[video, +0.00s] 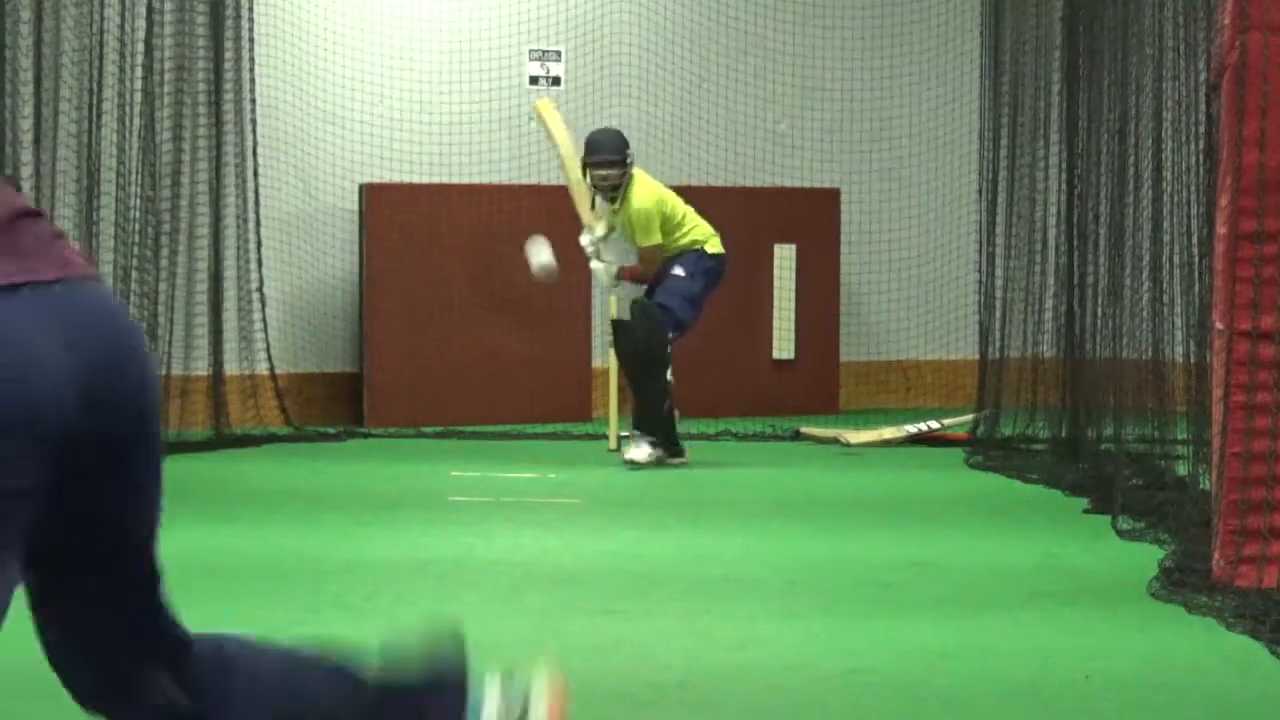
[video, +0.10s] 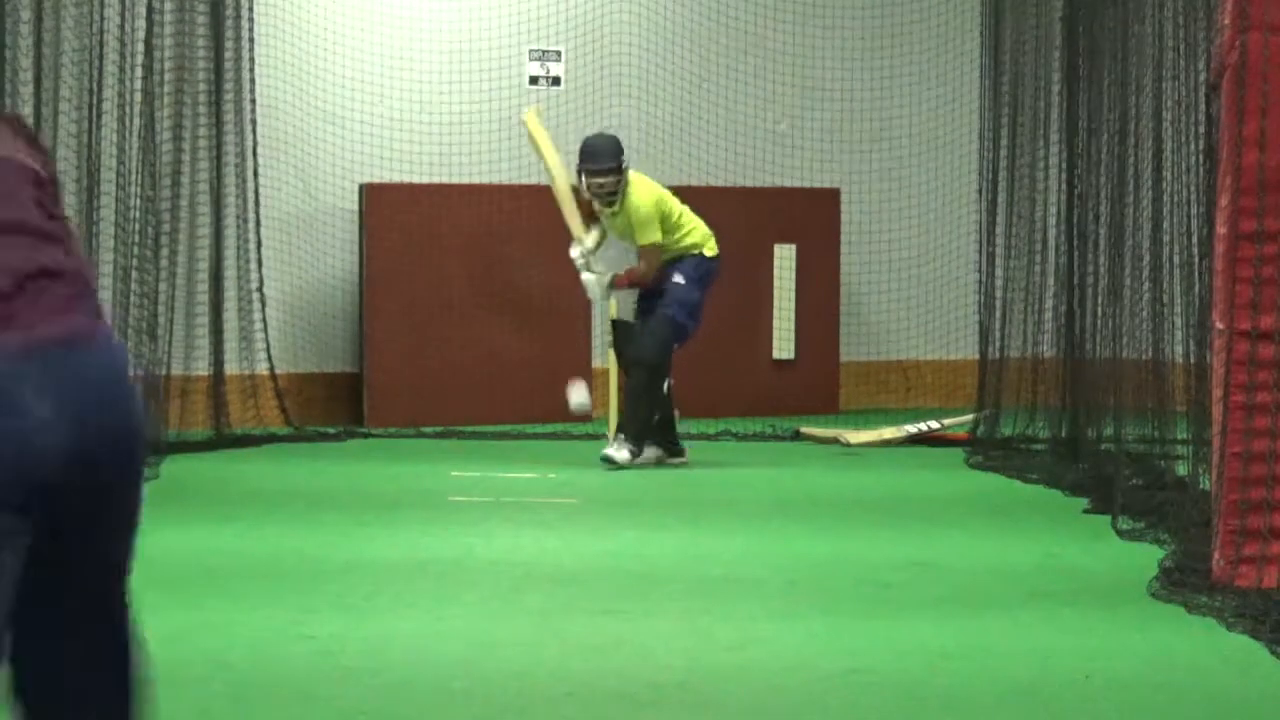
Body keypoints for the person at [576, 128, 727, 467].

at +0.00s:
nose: (607, 176)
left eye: (614, 167)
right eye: (599, 168)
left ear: (626, 166)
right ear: (587, 171)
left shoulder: (641, 201)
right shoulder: (604, 188)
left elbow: (651, 272)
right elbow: (604, 216)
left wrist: (616, 271)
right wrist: (596, 234)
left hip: (700, 253)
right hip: (672, 255)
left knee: (650, 331)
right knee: (637, 336)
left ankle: (655, 438)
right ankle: (664, 441)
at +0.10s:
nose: (604, 192)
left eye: (611, 183)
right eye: (596, 185)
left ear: (622, 175)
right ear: (582, 180)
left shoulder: (640, 200)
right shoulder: (591, 192)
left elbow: (650, 271)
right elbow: (600, 221)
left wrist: (610, 281)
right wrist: (589, 242)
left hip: (694, 256)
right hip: (661, 260)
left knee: (651, 346)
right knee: (643, 349)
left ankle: (630, 440)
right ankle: (664, 441)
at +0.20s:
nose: (601, 191)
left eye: (608, 183)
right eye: (593, 185)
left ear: (620, 173)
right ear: (582, 179)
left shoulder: (641, 184)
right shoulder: (583, 195)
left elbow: (658, 239)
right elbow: (591, 234)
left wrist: (625, 281)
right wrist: (596, 256)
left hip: (681, 257)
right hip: (644, 262)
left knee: (648, 340)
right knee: (614, 342)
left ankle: (622, 443)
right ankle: (663, 438)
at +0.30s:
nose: (602, 188)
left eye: (608, 179)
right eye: (593, 181)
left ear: (621, 170)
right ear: (582, 176)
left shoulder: (639, 166)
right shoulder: (582, 206)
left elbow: (660, 168)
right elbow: (611, 248)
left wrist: (643, 222)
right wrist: (624, 257)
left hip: (675, 254)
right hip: (635, 266)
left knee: (650, 339)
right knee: (619, 344)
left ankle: (623, 442)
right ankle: (663, 437)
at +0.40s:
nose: (607, 183)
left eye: (613, 175)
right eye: (599, 178)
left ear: (624, 159)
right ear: (586, 169)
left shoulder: (639, 147)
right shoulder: (586, 199)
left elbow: (655, 152)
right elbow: (616, 230)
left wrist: (648, 192)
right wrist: (636, 242)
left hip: (672, 248)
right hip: (628, 258)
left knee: (653, 341)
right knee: (631, 343)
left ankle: (633, 437)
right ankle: (660, 431)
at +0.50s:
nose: (605, 176)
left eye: (611, 168)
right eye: (596, 171)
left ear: (622, 153)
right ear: (583, 161)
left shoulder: (639, 146)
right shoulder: (580, 190)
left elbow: (677, 154)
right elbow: (617, 232)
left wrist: (677, 207)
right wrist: (652, 249)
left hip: (665, 253)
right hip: (621, 257)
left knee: (655, 341)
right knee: (620, 340)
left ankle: (638, 435)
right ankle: (632, 432)